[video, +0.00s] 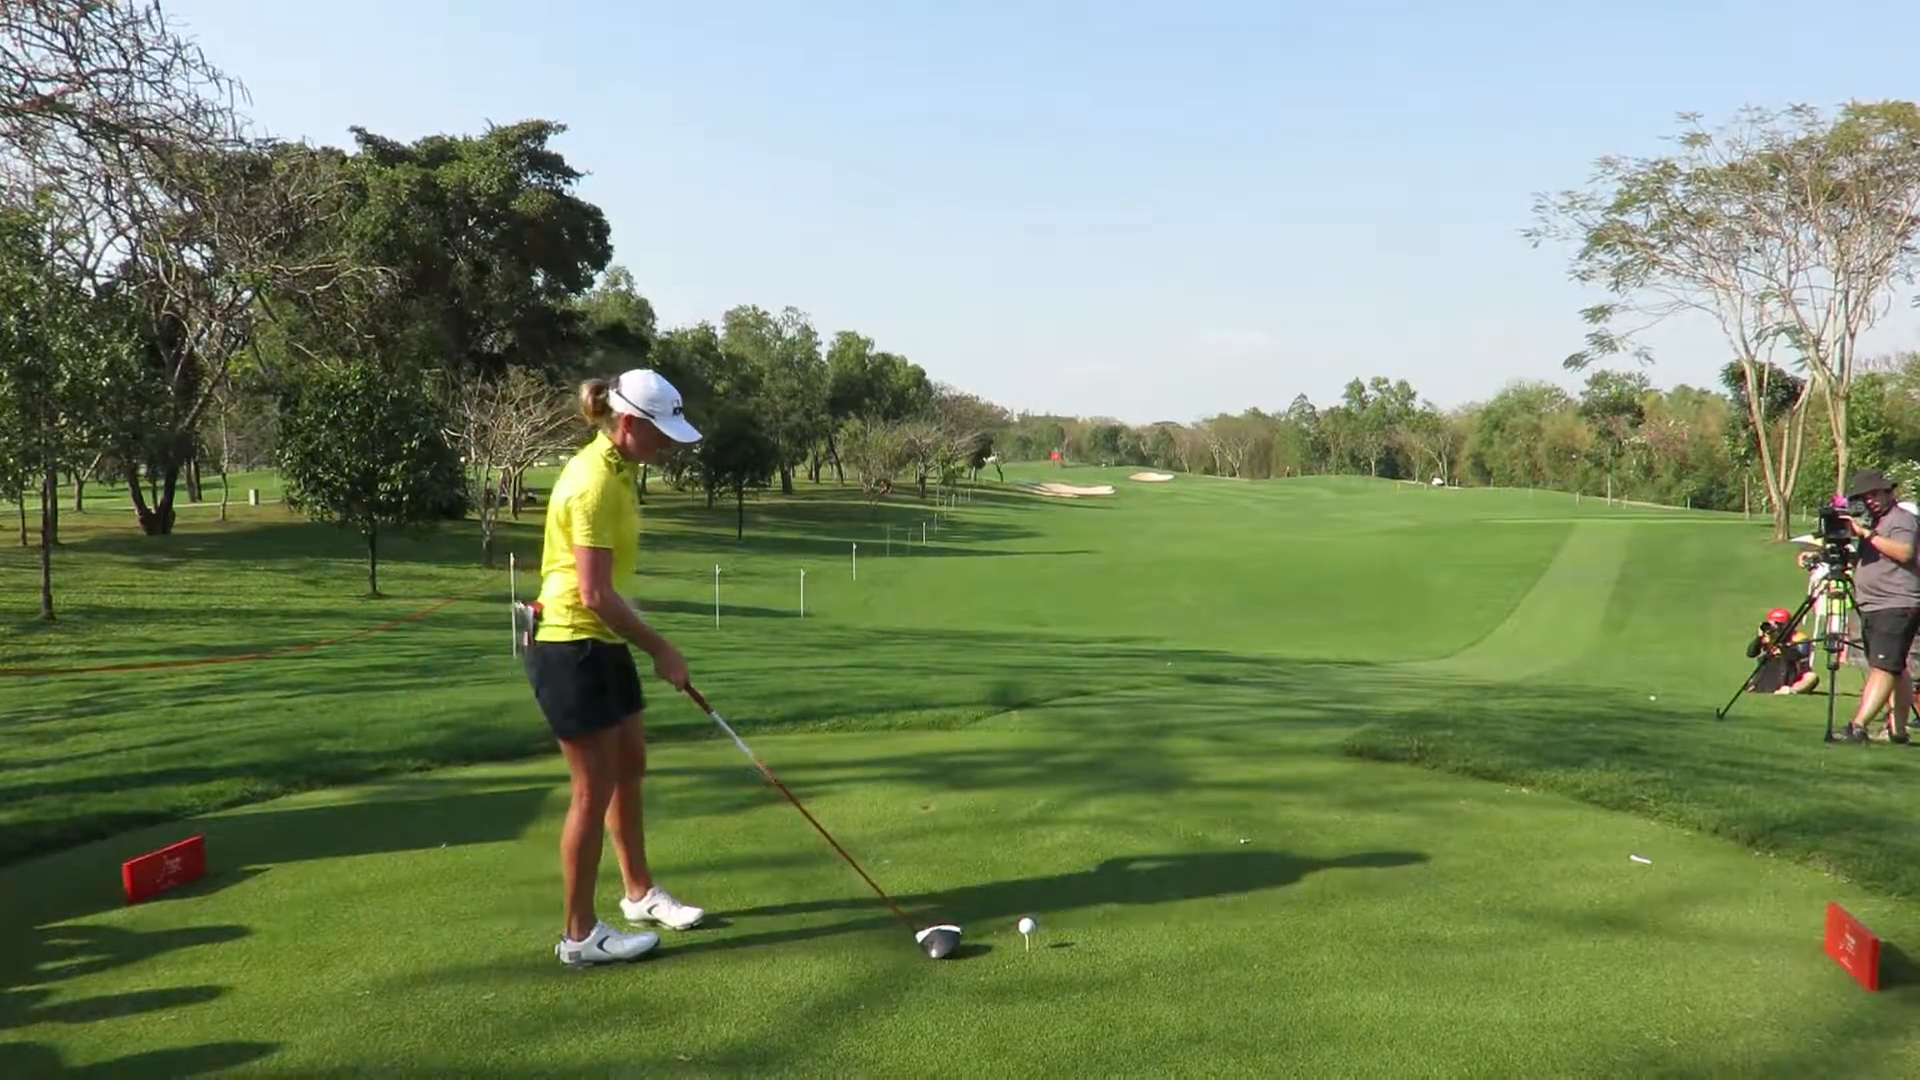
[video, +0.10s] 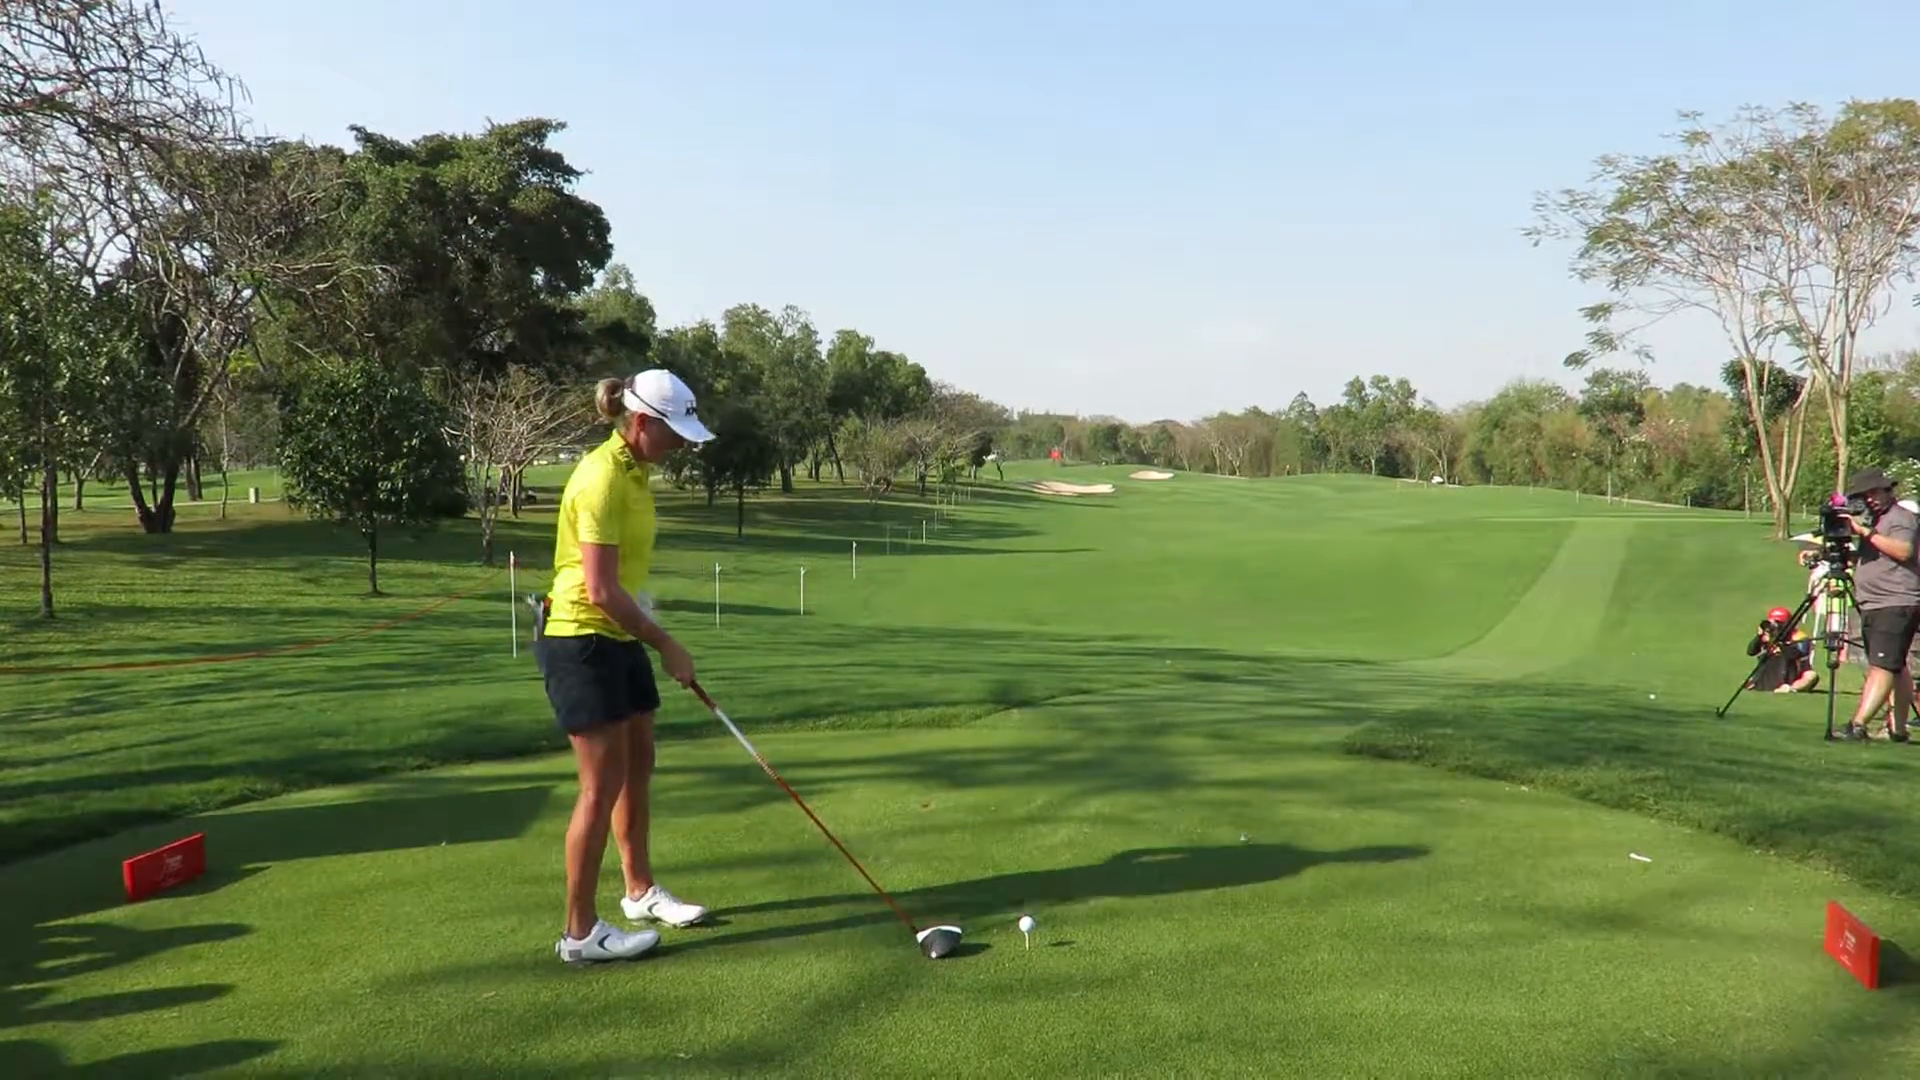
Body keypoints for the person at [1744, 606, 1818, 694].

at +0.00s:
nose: (1774, 630)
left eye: (1778, 626)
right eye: (1771, 626)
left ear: (1786, 626)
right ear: (1769, 626)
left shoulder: (1799, 638)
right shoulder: (1769, 638)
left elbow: (1799, 655)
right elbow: (1751, 654)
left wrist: (1783, 651)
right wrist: (1759, 638)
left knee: (1812, 677)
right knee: (1750, 685)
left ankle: (1791, 690)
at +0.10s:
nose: (1773, 629)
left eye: (1777, 625)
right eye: (1771, 625)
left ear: (1786, 625)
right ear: (1768, 624)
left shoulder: (1799, 639)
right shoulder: (1769, 637)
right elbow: (1751, 652)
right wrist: (1759, 637)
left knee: (1812, 675)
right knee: (1749, 683)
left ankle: (1792, 688)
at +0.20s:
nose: (1774, 626)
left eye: (1777, 622)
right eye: (1771, 622)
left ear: (1786, 622)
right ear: (1769, 621)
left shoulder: (1799, 635)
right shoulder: (1770, 633)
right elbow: (1751, 649)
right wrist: (1759, 634)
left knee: (1812, 672)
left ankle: (1792, 685)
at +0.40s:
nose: (1773, 616)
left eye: (1777, 613)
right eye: (1771, 613)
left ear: (1786, 613)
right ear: (1769, 612)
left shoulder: (1799, 625)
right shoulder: (1770, 624)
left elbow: (1800, 640)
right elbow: (1751, 640)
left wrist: (1783, 637)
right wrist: (1759, 625)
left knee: (1812, 662)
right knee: (1750, 669)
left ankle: (1792, 676)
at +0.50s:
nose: (1774, 609)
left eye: (1778, 605)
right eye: (1772, 605)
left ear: (1786, 605)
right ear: (1769, 604)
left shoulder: (1798, 618)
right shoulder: (1769, 616)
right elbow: (1750, 632)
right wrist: (1759, 617)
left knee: (1811, 655)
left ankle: (1792, 668)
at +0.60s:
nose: (1773, 603)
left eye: (1777, 599)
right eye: (1771, 599)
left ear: (1785, 599)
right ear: (1769, 598)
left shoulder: (1799, 611)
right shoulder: (1769, 610)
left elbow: (1800, 626)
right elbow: (1751, 626)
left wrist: (1782, 623)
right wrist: (1759, 611)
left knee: (1812, 648)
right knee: (1749, 655)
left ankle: (1791, 661)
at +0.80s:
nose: (1772, 595)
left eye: (1776, 592)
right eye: (1770, 592)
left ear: (1785, 592)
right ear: (1767, 591)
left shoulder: (1798, 604)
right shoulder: (1768, 603)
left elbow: (1800, 618)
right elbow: (1749, 619)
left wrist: (1781, 616)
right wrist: (1758, 604)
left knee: (1810, 641)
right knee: (1748, 649)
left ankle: (1790, 654)